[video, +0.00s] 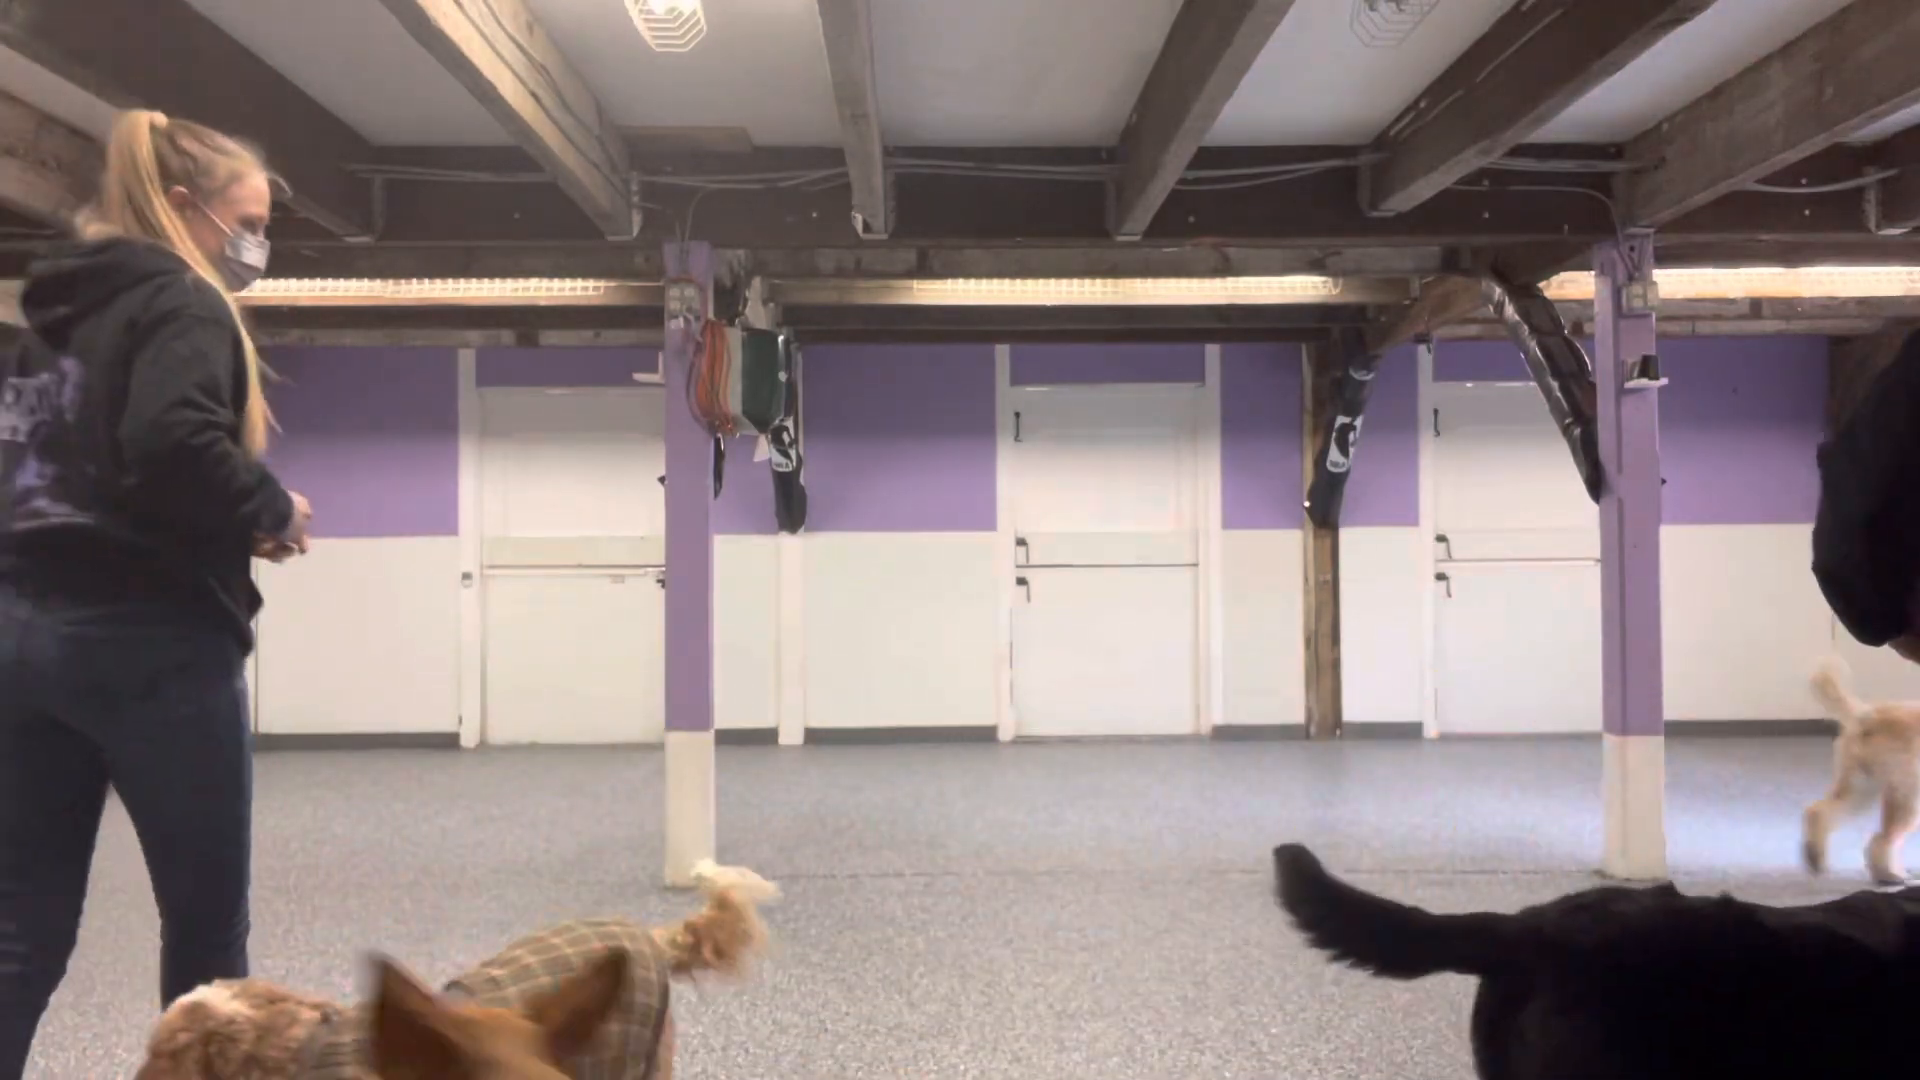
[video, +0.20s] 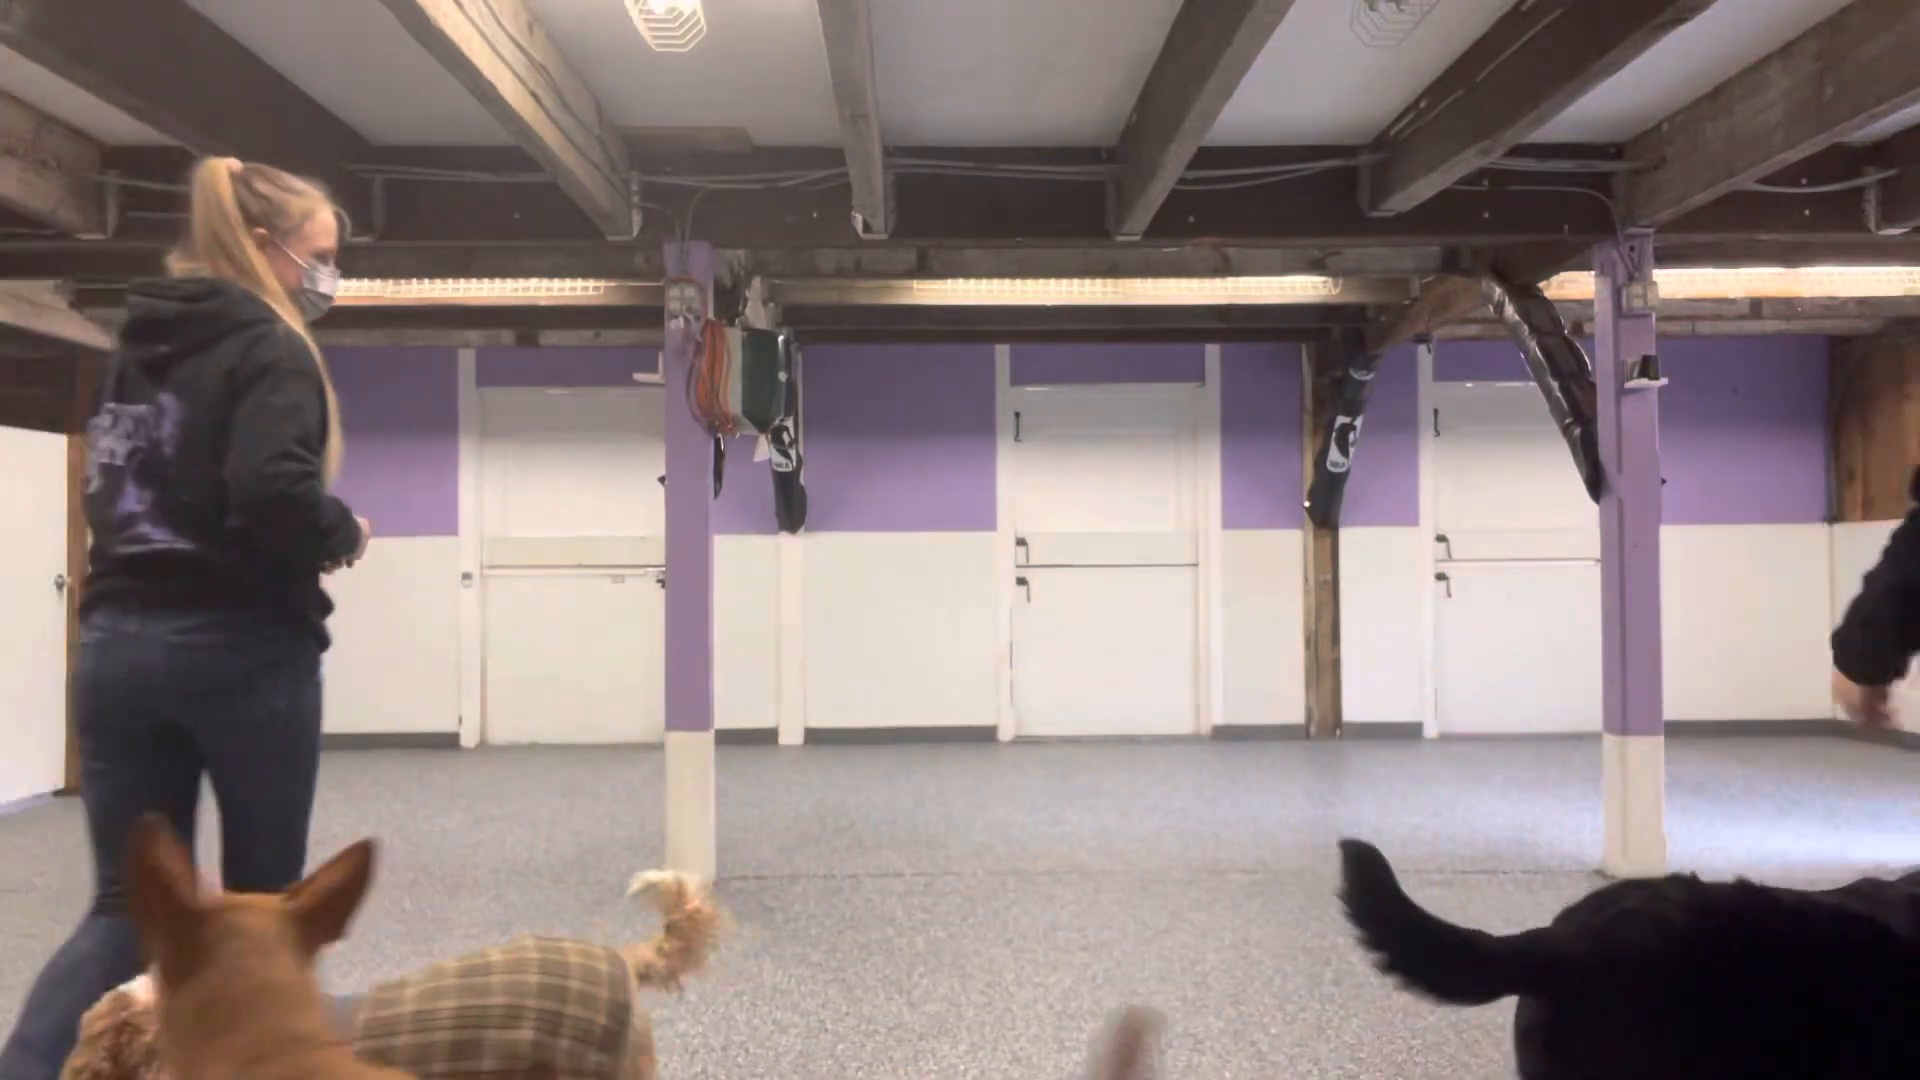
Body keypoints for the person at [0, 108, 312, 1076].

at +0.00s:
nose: (258, 252)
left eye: (263, 230)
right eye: (249, 226)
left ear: (168, 207)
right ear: (190, 206)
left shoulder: (54, 305)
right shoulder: (186, 305)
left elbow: (35, 470)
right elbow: (172, 438)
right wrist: (272, 510)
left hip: (28, 645)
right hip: (154, 651)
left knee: (21, 941)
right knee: (207, 940)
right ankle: (207, 1079)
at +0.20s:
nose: (325, 282)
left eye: (330, 262)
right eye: (319, 259)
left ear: (228, 243)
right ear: (271, 248)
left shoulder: (137, 350)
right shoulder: (274, 349)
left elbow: (105, 504)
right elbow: (269, 494)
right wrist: (343, 532)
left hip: (119, 648)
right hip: (244, 654)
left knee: (125, 908)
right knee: (260, 920)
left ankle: (26, 1063)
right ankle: (246, 1074)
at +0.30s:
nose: (365, 285)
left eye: (368, 264)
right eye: (356, 262)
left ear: (279, 249)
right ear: (304, 250)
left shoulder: (179, 344)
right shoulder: (321, 348)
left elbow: (145, 485)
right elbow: (334, 489)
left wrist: (214, 522)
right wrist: (381, 515)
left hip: (171, 629)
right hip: (285, 632)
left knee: (219, 847)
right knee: (281, 869)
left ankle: (139, 1010)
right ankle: (243, 1061)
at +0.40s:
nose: (385, 286)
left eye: (388, 268)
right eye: (379, 267)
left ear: (302, 257)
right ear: (335, 260)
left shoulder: (207, 351)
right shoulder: (355, 352)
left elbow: (168, 491)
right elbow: (392, 506)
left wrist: (236, 527)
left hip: (199, 623)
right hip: (307, 625)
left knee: (264, 823)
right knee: (291, 864)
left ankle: (201, 1020)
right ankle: (248, 1056)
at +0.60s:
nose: (419, 305)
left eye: (419, 290)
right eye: (410, 290)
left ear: (345, 288)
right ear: (370, 289)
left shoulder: (271, 370)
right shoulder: (391, 377)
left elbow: (221, 506)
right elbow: (437, 521)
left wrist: (295, 530)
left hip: (255, 619)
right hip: (349, 623)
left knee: (313, 831)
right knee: (316, 844)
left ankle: (332, 1005)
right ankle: (275, 1030)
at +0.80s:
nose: (456, 305)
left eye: (452, 292)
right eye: (446, 294)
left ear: (387, 309)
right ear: (409, 307)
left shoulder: (328, 386)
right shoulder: (416, 386)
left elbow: (315, 509)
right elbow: (421, 507)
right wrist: (474, 522)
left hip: (318, 620)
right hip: (393, 626)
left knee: (374, 805)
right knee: (437, 813)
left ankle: (327, 956)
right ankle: (345, 959)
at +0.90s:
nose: (494, 308)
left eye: (488, 294)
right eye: (482, 297)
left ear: (428, 314)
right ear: (444, 312)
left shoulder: (374, 380)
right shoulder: (442, 384)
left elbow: (367, 498)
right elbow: (437, 495)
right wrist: (501, 525)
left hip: (351, 610)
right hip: (419, 616)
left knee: (392, 792)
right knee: (498, 781)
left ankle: (351, 955)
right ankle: (425, 961)